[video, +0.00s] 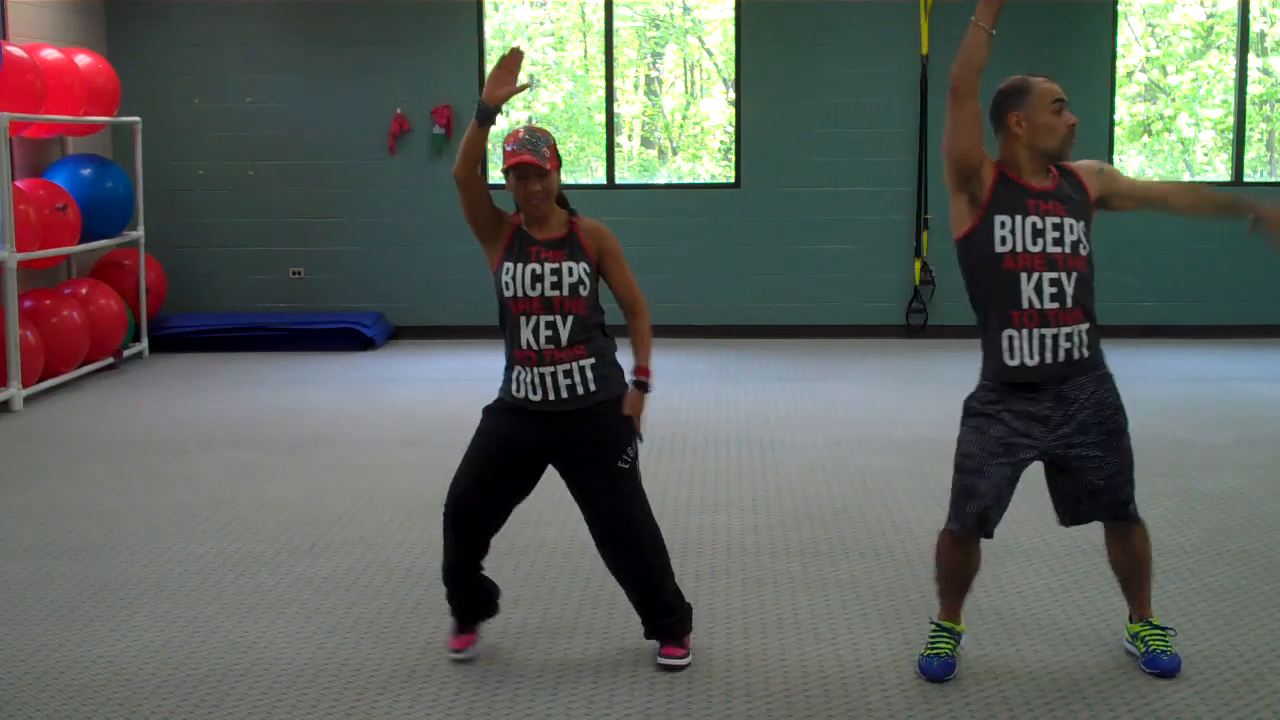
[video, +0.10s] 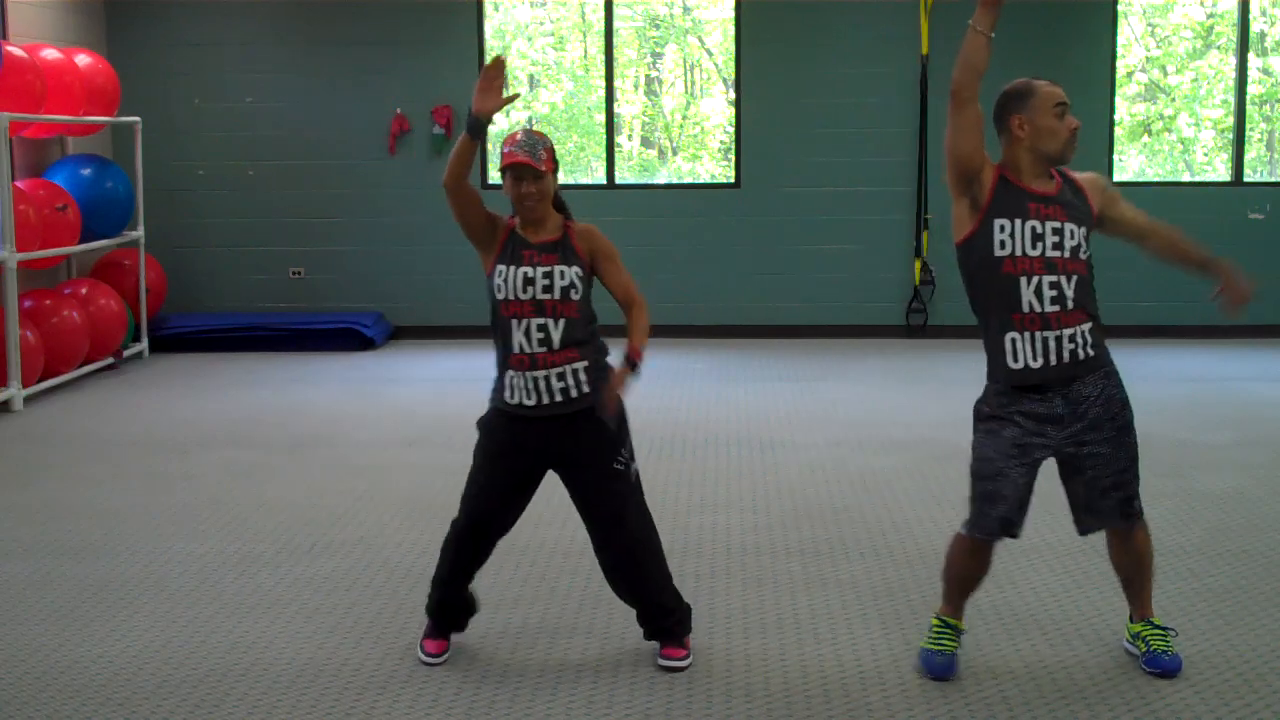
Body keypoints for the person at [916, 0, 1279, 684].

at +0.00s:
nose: (1070, 117)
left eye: (1068, 107)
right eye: (1056, 108)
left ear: (1049, 123)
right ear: (1013, 125)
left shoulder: (1088, 180)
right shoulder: (976, 184)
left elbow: (1174, 195)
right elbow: (961, 85)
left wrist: (1251, 207)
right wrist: (988, 7)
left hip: (1085, 391)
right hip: (1005, 397)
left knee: (1122, 513)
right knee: (964, 523)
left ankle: (1143, 623)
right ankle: (947, 624)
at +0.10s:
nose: (1073, 120)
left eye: (1070, 111)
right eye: (1059, 112)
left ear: (1045, 127)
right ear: (1017, 126)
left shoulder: (1086, 191)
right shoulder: (976, 188)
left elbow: (1152, 233)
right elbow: (960, 96)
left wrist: (1218, 267)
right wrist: (986, 12)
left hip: (1091, 392)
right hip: (1013, 401)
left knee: (1125, 515)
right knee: (984, 526)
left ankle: (1144, 622)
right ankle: (946, 622)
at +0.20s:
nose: (1066, 124)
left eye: (1063, 114)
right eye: (1050, 113)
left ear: (1042, 131)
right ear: (1007, 131)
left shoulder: (1078, 204)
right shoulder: (967, 190)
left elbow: (1106, 271)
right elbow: (950, 98)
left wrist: (1163, 310)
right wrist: (974, 13)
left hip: (1083, 395)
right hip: (1006, 405)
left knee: (1122, 521)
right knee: (993, 537)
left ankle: (1145, 621)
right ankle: (958, 626)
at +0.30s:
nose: (1037, 123)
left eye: (1042, 113)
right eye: (1021, 113)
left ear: (1048, 126)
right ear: (986, 127)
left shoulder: (1061, 208)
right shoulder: (954, 186)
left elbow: (1081, 294)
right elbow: (940, 91)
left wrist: (1101, 295)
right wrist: (963, 10)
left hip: (1055, 393)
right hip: (980, 399)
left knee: (1109, 517)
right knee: (964, 530)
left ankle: (1127, 619)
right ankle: (954, 629)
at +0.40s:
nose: (1007, 117)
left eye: (1018, 108)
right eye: (992, 107)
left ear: (1032, 124)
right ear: (970, 124)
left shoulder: (1051, 198)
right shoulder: (945, 181)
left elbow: (1120, 236)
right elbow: (930, 87)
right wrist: (948, 9)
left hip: (1033, 392)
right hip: (958, 397)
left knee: (1078, 516)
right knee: (949, 530)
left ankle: (1059, 610)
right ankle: (952, 627)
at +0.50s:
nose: (993, 112)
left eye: (1006, 102)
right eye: (979, 102)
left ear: (1023, 118)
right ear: (960, 121)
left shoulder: (1043, 183)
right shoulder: (941, 177)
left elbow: (1102, 126)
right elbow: (926, 85)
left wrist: (1065, 51)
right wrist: (944, 11)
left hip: (1012, 395)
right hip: (935, 393)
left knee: (1026, 528)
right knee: (928, 524)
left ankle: (1006, 619)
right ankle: (950, 624)